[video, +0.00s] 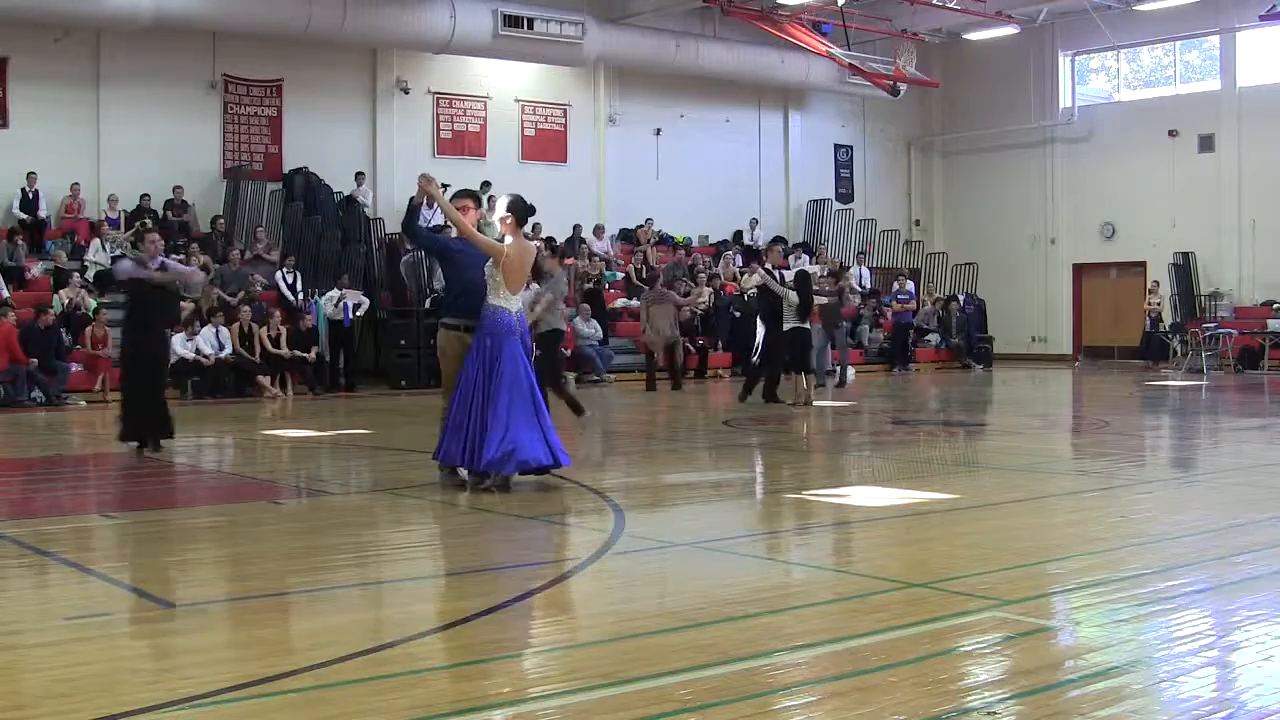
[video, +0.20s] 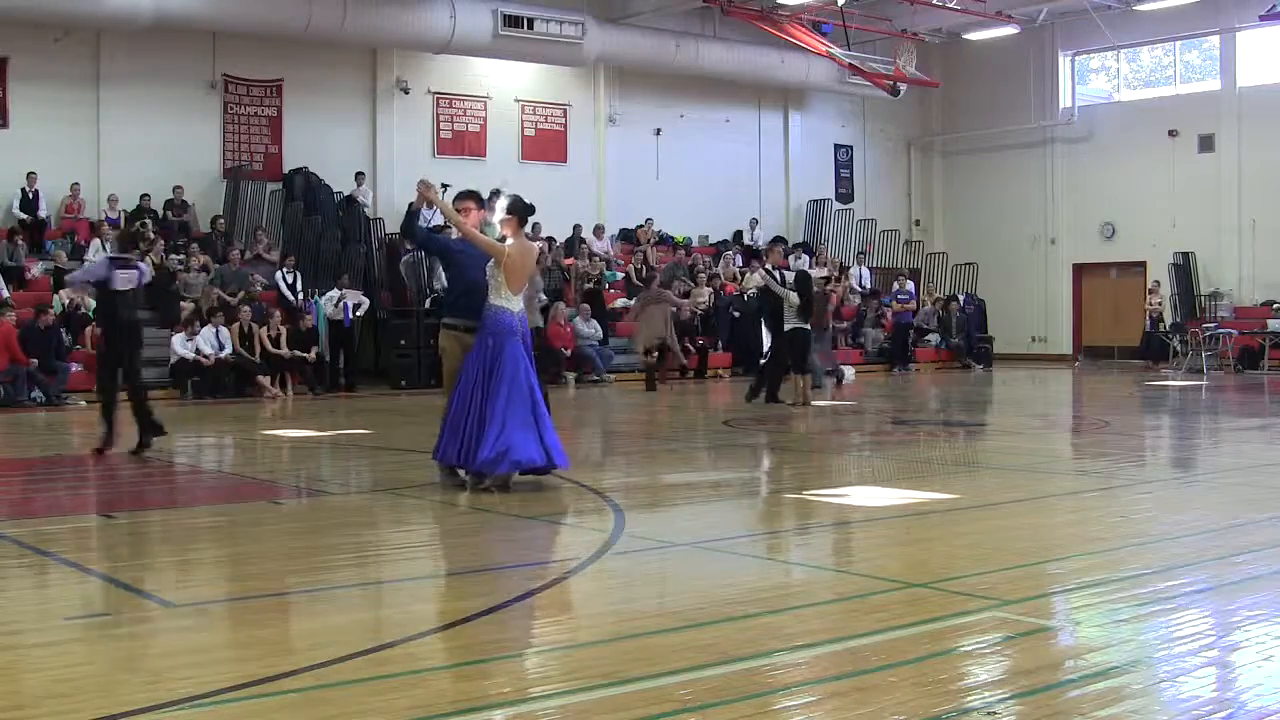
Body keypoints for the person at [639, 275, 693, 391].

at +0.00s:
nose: (662, 278)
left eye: (660, 277)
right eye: (660, 277)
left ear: (649, 282)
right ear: (659, 280)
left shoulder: (645, 296)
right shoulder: (669, 294)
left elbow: (643, 316)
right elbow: (682, 302)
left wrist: (642, 329)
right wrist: (697, 296)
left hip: (652, 331)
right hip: (669, 330)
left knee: (649, 355)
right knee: (673, 357)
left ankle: (650, 383)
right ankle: (676, 383)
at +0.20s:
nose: (659, 281)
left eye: (658, 279)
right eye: (658, 279)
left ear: (646, 281)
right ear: (655, 281)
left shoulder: (641, 297)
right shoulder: (665, 294)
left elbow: (632, 316)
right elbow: (679, 302)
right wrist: (691, 301)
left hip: (647, 331)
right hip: (663, 331)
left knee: (647, 357)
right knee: (662, 354)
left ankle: (649, 383)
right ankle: (661, 379)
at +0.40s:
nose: (657, 284)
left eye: (656, 282)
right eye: (656, 282)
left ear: (646, 283)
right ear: (655, 282)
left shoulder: (641, 298)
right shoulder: (663, 297)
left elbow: (633, 314)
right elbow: (673, 307)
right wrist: (685, 307)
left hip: (645, 330)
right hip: (660, 330)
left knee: (648, 359)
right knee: (656, 359)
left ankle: (650, 386)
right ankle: (646, 383)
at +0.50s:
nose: (657, 286)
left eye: (656, 283)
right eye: (656, 284)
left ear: (645, 285)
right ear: (653, 285)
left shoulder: (642, 300)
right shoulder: (662, 298)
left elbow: (641, 315)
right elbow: (670, 313)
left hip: (649, 327)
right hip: (662, 327)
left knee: (652, 356)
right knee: (656, 356)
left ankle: (649, 382)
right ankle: (645, 383)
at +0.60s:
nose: (657, 285)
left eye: (656, 283)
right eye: (655, 283)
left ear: (646, 285)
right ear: (652, 284)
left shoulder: (644, 300)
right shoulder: (663, 298)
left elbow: (643, 314)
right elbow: (668, 310)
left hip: (651, 327)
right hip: (663, 326)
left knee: (653, 356)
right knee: (657, 357)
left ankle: (648, 382)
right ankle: (647, 382)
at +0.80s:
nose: (666, 284)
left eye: (665, 282)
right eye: (664, 282)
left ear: (654, 286)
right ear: (661, 284)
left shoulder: (653, 302)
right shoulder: (669, 296)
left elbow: (652, 317)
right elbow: (679, 294)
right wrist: (680, 286)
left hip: (660, 333)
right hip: (673, 333)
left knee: (655, 360)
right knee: (682, 356)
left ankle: (649, 384)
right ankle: (679, 383)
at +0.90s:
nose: (670, 286)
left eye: (668, 284)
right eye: (668, 284)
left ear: (657, 288)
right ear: (666, 286)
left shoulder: (656, 301)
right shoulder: (676, 296)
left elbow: (656, 316)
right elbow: (688, 289)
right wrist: (682, 285)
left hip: (665, 332)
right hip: (679, 331)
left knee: (659, 359)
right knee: (685, 357)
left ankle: (650, 384)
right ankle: (680, 385)